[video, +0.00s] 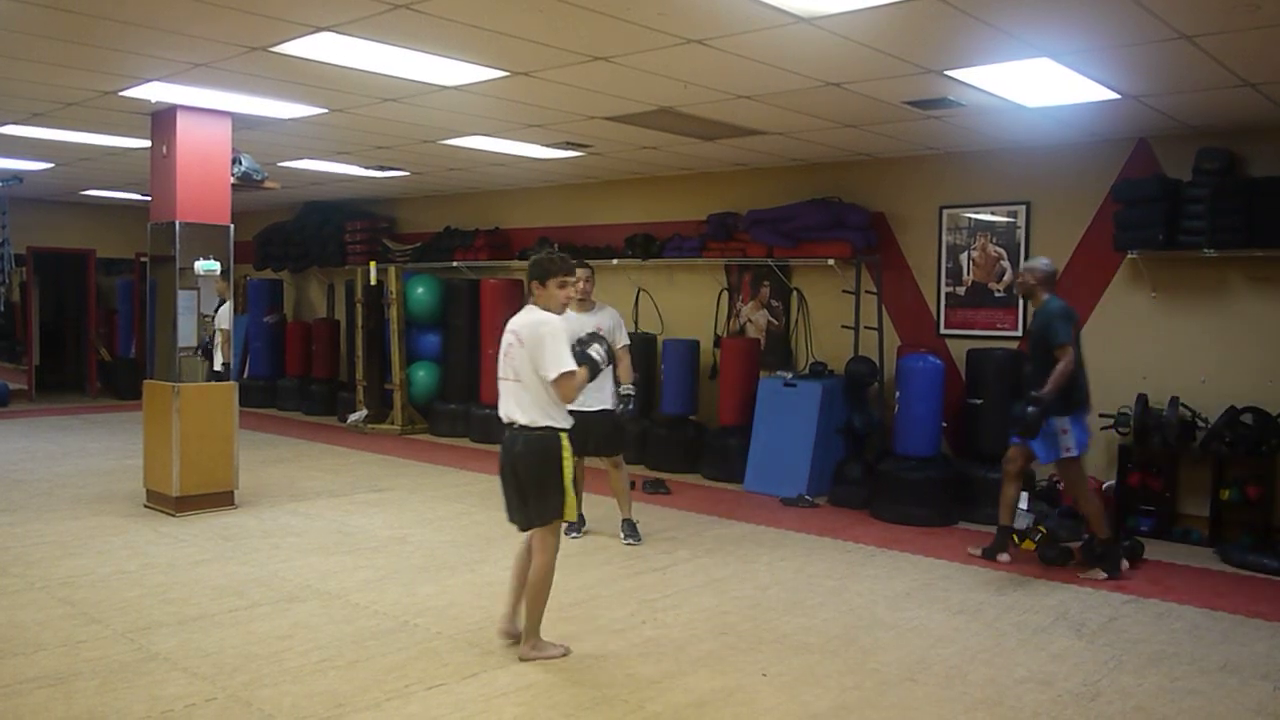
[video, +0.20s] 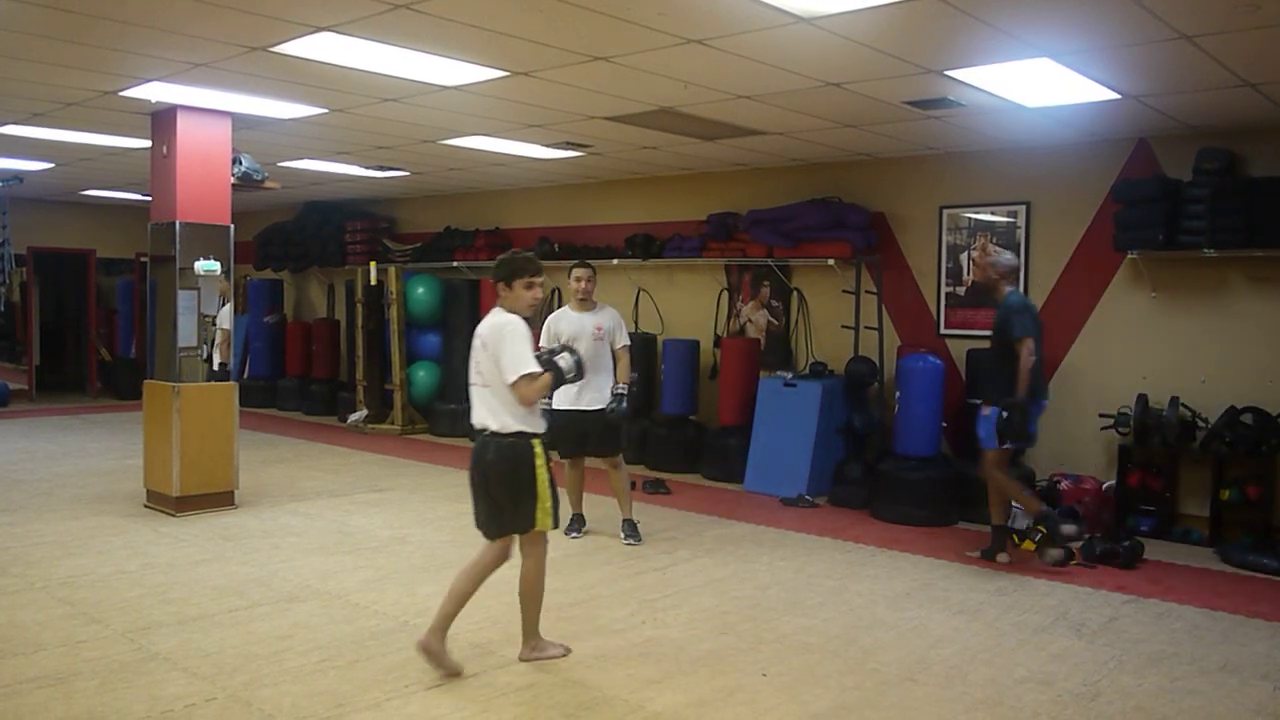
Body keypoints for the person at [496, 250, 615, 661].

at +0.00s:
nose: (572, 292)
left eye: (573, 285)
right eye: (564, 285)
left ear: (536, 290)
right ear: (537, 288)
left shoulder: (518, 322)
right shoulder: (546, 326)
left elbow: (539, 381)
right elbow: (566, 390)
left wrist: (580, 361)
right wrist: (593, 362)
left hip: (516, 439)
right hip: (545, 443)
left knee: (535, 536)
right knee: (546, 542)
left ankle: (510, 622)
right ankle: (531, 640)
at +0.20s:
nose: (538, 294)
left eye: (540, 286)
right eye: (529, 287)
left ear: (509, 290)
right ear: (502, 288)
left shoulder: (490, 325)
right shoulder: (511, 327)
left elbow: (510, 387)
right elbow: (527, 391)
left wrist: (540, 363)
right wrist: (559, 371)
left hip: (488, 446)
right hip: (519, 448)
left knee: (497, 547)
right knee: (535, 545)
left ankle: (434, 636)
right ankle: (532, 641)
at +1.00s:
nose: (442, 293)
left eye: (441, 286)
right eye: (442, 286)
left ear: (396, 281)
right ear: (435, 286)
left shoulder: (363, 327)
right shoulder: (435, 337)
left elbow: (367, 398)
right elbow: (476, 415)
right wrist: (478, 393)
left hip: (374, 470)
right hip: (424, 473)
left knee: (398, 583)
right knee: (411, 600)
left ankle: (401, 687)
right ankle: (394, 712)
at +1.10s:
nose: (430, 292)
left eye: (429, 284)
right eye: (431, 284)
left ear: (383, 279)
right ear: (423, 284)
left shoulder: (351, 327)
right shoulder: (426, 336)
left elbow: (367, 394)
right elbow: (476, 412)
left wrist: (432, 375)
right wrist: (466, 381)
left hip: (364, 472)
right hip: (415, 477)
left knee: (383, 593)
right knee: (405, 605)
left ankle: (376, 709)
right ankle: (393, 715)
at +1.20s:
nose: (417, 291)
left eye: (417, 283)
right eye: (418, 282)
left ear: (370, 279)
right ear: (408, 281)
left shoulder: (338, 328)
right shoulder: (414, 336)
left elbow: (363, 392)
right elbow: (475, 406)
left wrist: (423, 378)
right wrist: (450, 372)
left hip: (354, 480)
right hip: (408, 482)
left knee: (368, 598)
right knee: (402, 609)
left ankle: (349, 712)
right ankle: (395, 715)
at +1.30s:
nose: (402, 287)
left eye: (400, 280)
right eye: (402, 279)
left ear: (354, 280)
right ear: (392, 280)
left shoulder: (322, 330)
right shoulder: (399, 337)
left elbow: (353, 393)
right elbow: (468, 402)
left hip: (345, 485)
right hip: (400, 487)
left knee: (355, 606)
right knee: (398, 610)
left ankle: (326, 715)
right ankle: (395, 716)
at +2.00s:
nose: (277, 282)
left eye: (276, 276)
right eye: (275, 275)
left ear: (216, 282)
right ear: (268, 276)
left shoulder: (188, 344)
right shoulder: (302, 329)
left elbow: (207, 416)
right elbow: (365, 388)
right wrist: (328, 427)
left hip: (224, 522)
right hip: (295, 521)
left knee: (252, 660)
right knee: (305, 663)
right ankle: (280, 714)